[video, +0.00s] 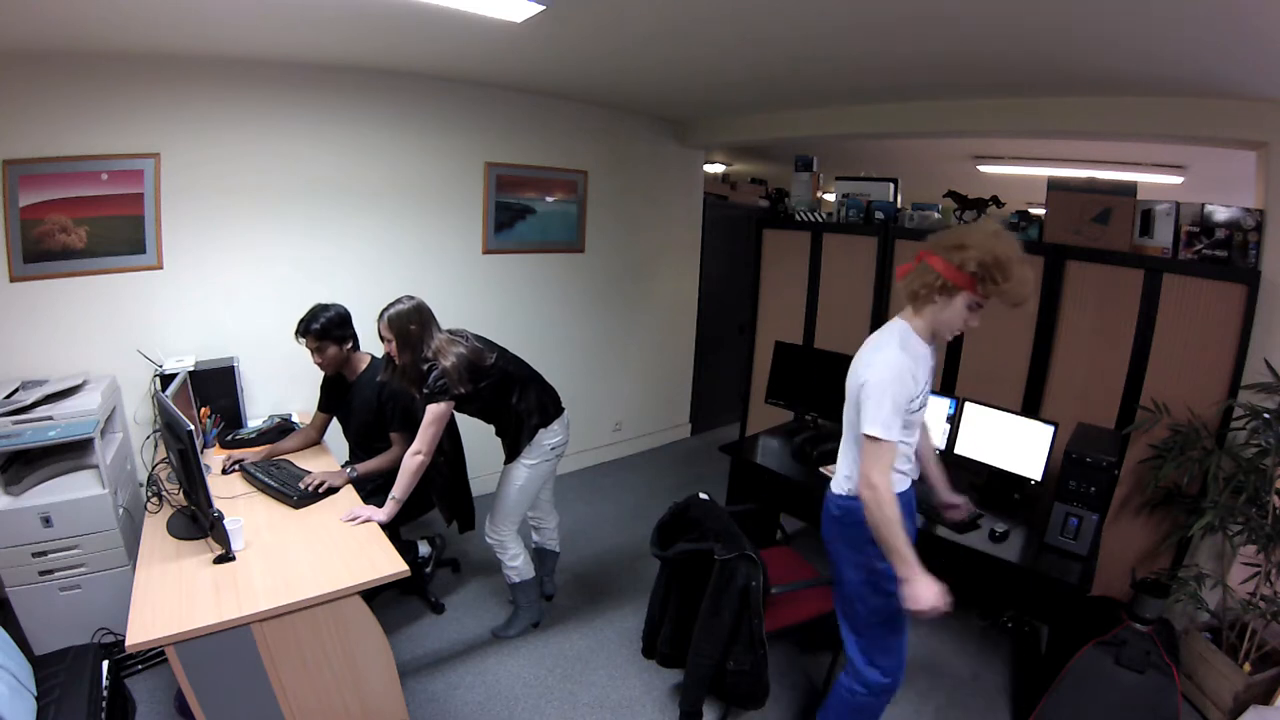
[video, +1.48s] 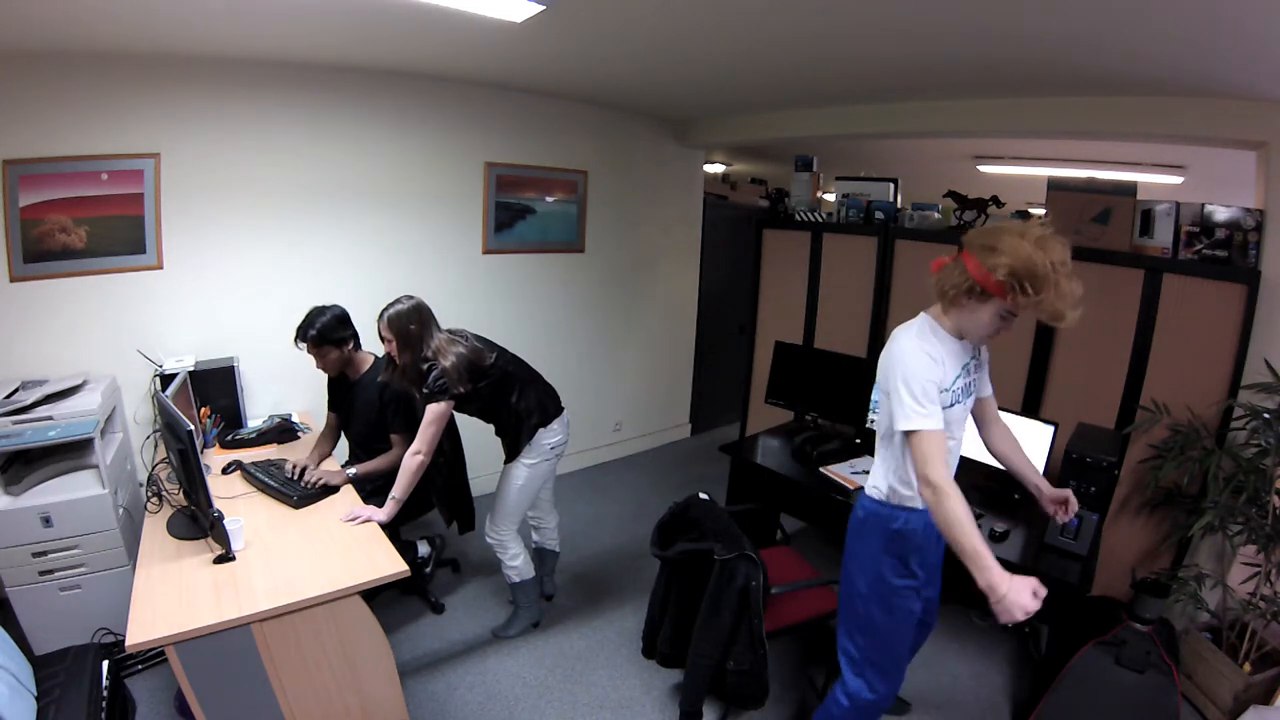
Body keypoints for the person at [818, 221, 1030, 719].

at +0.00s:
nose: (975, 322)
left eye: (980, 310)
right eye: (974, 307)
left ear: (946, 296)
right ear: (943, 291)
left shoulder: (919, 346)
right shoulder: (890, 362)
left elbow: (914, 425)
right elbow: (872, 486)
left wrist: (941, 491)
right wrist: (912, 574)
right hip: (861, 514)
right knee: (877, 669)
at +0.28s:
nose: (994, 331)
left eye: (1001, 321)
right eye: (995, 318)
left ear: (968, 300)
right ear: (966, 297)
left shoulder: (952, 349)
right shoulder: (901, 365)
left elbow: (968, 424)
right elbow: (909, 497)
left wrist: (1009, 488)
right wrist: (973, 594)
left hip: (907, 520)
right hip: (868, 528)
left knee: (908, 632)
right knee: (867, 681)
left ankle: (877, 697)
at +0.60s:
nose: (1006, 327)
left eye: (1012, 316)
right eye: (1004, 313)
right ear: (970, 289)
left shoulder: (966, 344)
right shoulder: (911, 356)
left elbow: (989, 420)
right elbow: (923, 489)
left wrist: (1040, 481)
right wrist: (987, 590)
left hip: (921, 522)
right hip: (882, 527)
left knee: (911, 623)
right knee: (865, 679)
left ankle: (876, 691)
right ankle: (845, 709)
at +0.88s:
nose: (1002, 322)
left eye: (1008, 311)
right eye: (1000, 308)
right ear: (969, 287)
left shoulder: (964, 338)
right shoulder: (908, 353)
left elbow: (975, 415)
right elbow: (908, 486)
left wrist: (1013, 484)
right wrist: (953, 587)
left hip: (939, 506)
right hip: (897, 517)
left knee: (909, 615)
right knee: (867, 651)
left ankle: (876, 688)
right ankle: (834, 712)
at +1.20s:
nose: (1002, 330)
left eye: (1008, 319)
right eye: (999, 317)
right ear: (970, 295)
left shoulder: (964, 342)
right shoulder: (907, 356)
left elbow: (968, 421)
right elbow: (896, 486)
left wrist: (993, 494)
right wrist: (915, 588)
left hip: (944, 508)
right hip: (905, 517)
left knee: (918, 616)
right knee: (890, 643)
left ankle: (880, 692)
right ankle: (843, 712)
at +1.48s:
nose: (1006, 331)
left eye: (1013, 319)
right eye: (1005, 317)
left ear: (984, 298)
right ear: (977, 294)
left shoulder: (969, 345)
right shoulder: (913, 353)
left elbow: (990, 423)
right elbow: (934, 484)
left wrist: (1041, 488)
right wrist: (996, 582)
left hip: (928, 523)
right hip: (889, 528)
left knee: (914, 622)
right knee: (869, 682)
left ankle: (879, 690)